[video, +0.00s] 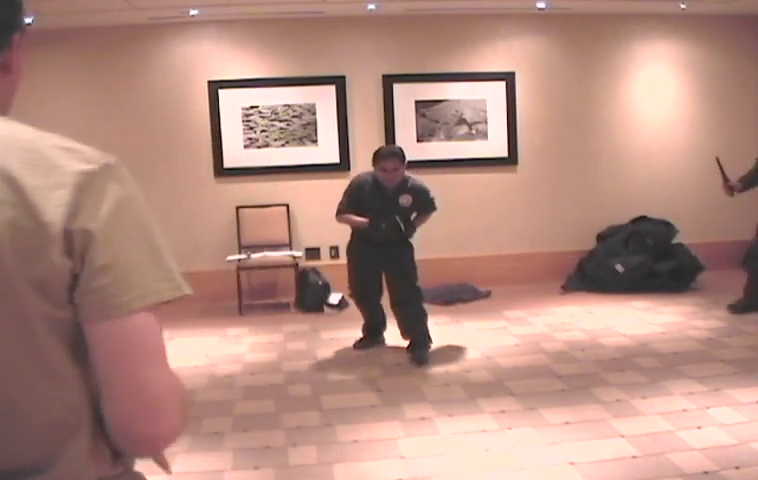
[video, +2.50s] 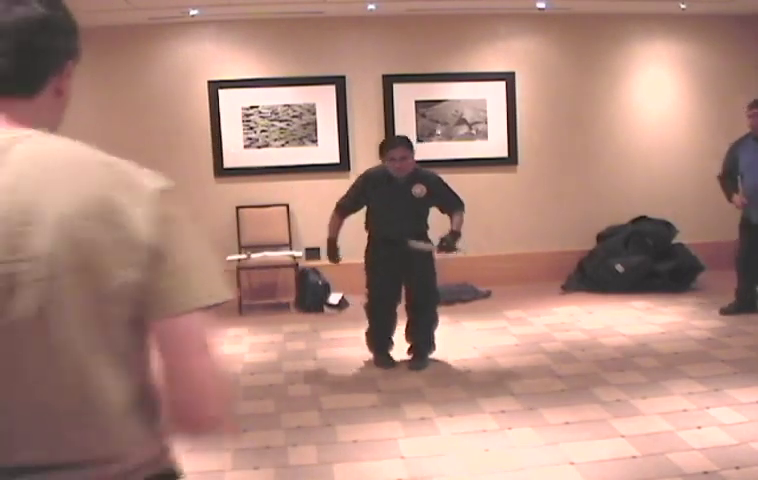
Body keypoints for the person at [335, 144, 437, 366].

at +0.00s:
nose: (390, 176)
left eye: (395, 170)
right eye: (384, 170)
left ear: (404, 167)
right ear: (375, 169)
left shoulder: (413, 187)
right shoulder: (361, 184)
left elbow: (428, 208)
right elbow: (341, 215)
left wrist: (410, 226)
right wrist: (368, 223)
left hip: (397, 248)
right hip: (363, 248)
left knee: (406, 296)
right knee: (364, 294)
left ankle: (419, 343)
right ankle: (373, 333)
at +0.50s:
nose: (386, 171)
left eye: (391, 166)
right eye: (381, 166)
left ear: (400, 165)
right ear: (371, 166)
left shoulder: (410, 187)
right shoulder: (357, 183)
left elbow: (420, 211)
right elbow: (336, 211)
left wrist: (405, 228)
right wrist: (359, 219)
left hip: (392, 247)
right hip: (358, 248)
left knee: (404, 294)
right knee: (358, 294)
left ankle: (420, 340)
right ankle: (373, 331)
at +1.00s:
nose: (393, 175)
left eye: (399, 170)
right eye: (388, 169)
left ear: (409, 170)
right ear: (379, 168)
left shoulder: (417, 194)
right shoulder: (364, 182)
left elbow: (413, 229)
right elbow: (338, 210)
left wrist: (408, 213)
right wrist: (358, 222)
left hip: (393, 248)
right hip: (360, 247)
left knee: (404, 296)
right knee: (359, 294)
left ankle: (419, 344)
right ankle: (373, 331)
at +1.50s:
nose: (401, 165)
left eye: (408, 161)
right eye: (397, 160)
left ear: (422, 161)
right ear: (392, 159)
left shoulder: (429, 183)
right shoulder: (381, 176)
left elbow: (438, 214)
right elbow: (361, 200)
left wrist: (422, 226)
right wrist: (366, 213)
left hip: (409, 246)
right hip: (378, 245)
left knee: (417, 299)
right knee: (365, 289)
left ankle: (419, 349)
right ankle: (366, 329)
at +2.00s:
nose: (405, 174)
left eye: (411, 168)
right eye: (400, 168)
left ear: (426, 166)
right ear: (395, 165)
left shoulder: (438, 188)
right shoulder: (385, 179)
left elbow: (435, 227)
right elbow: (367, 203)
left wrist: (409, 247)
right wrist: (372, 222)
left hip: (418, 246)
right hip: (383, 242)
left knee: (421, 298)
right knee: (369, 291)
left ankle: (418, 350)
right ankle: (362, 329)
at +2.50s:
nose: (399, 165)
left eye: (404, 158)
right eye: (392, 160)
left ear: (413, 158)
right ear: (384, 161)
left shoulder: (426, 180)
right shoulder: (371, 180)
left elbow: (455, 207)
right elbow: (341, 210)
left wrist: (454, 233)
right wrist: (331, 240)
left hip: (417, 251)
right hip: (381, 252)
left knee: (422, 301)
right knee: (381, 301)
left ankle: (420, 350)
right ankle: (380, 349)